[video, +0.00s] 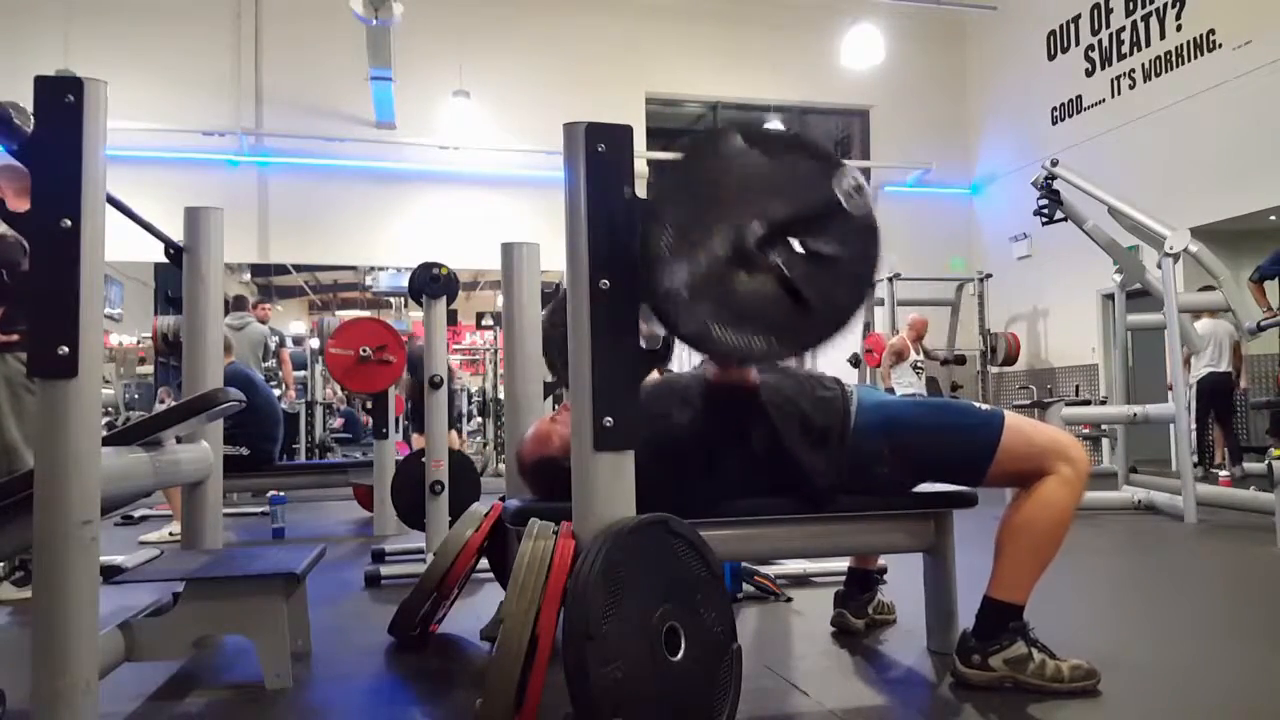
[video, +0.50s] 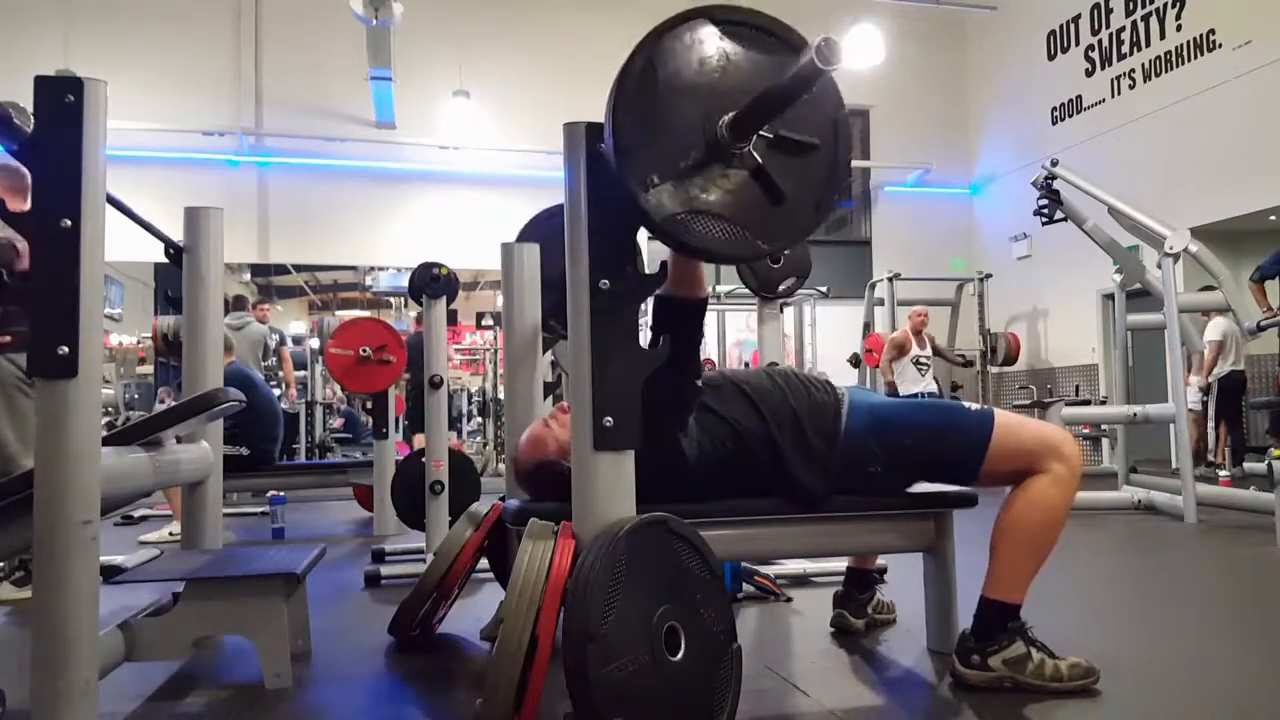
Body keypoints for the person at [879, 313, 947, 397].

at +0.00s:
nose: (925, 333)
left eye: (926, 330)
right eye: (924, 330)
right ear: (914, 328)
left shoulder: (918, 343)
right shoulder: (897, 344)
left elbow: (929, 354)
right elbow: (885, 366)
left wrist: (945, 358)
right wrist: (888, 387)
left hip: (921, 393)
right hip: (904, 394)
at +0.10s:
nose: (924, 332)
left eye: (925, 329)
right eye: (923, 328)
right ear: (914, 327)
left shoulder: (917, 342)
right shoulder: (898, 342)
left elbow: (927, 353)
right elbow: (885, 365)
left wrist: (937, 358)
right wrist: (888, 387)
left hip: (920, 392)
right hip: (905, 393)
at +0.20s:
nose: (927, 327)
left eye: (927, 324)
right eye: (925, 324)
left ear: (916, 325)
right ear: (915, 324)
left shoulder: (916, 338)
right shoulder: (897, 339)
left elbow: (925, 350)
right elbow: (886, 364)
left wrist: (935, 356)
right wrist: (889, 385)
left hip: (922, 388)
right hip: (906, 391)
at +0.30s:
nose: (924, 322)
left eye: (925, 319)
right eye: (921, 318)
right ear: (910, 319)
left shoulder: (918, 336)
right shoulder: (897, 338)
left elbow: (925, 348)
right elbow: (886, 362)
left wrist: (939, 357)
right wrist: (890, 384)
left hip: (925, 387)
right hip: (907, 390)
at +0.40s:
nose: (921, 320)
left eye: (924, 317)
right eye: (918, 316)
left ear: (926, 320)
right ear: (908, 318)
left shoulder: (922, 336)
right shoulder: (898, 337)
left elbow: (932, 351)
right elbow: (886, 361)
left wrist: (946, 358)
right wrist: (891, 383)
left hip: (927, 390)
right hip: (906, 392)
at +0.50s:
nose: (923, 319)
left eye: (926, 316)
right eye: (919, 316)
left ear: (928, 320)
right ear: (910, 318)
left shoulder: (928, 338)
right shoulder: (899, 338)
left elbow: (941, 352)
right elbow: (884, 362)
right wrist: (889, 382)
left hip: (931, 394)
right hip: (907, 396)